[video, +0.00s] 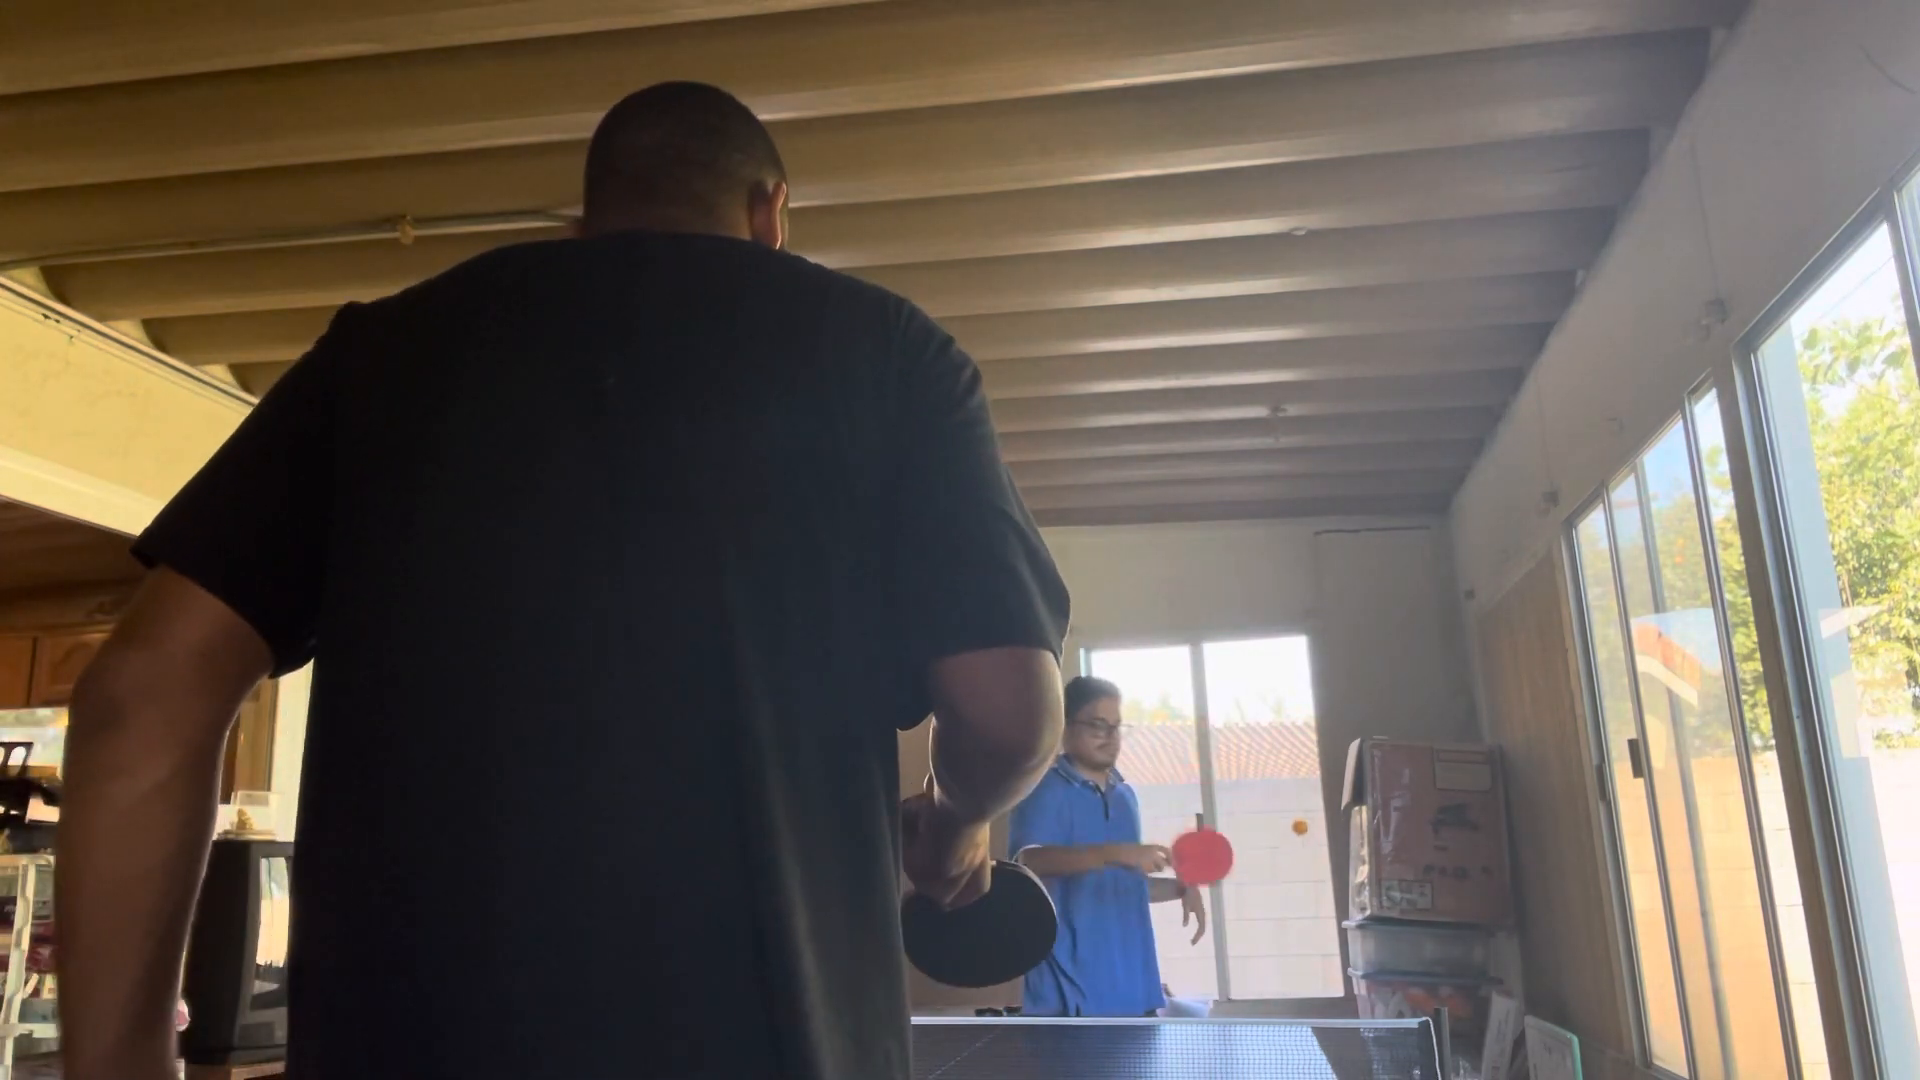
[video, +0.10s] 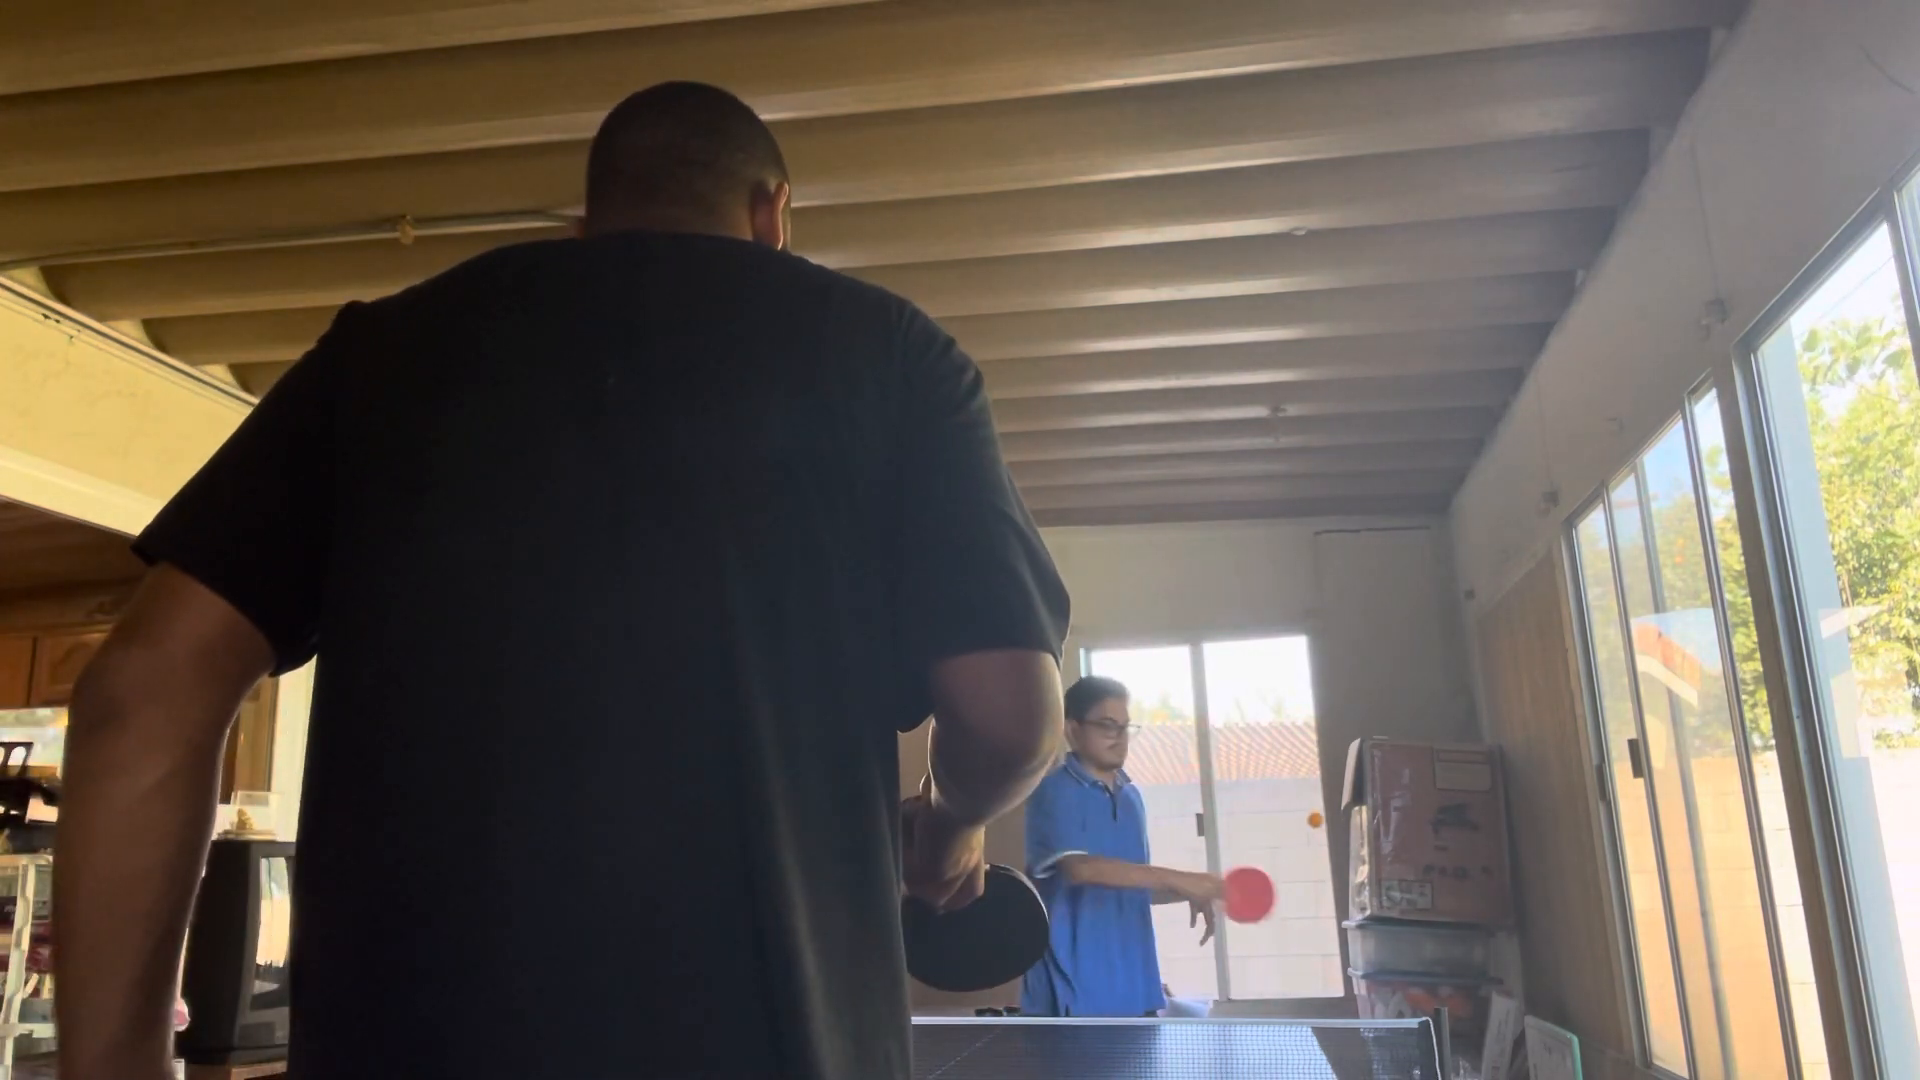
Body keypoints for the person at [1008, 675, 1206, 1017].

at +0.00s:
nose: (1109, 737)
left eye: (1115, 727)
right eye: (1096, 726)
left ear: (1121, 728)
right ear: (1064, 728)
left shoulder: (1123, 796)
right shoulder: (1046, 789)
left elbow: (1119, 888)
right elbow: (1027, 859)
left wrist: (1179, 888)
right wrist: (1119, 853)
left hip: (1130, 988)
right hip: (1066, 994)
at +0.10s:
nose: (1119, 737)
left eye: (1124, 727)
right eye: (1106, 726)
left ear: (1130, 728)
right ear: (1072, 729)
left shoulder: (1129, 796)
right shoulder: (1056, 791)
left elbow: (1129, 893)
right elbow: (1075, 869)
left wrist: (1186, 892)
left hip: (1133, 989)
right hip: (1072, 996)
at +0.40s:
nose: (1160, 737)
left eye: (1164, 728)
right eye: (1147, 726)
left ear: (1169, 731)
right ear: (1113, 729)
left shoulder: (1133, 787)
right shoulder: (1109, 786)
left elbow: (1127, 889)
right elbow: (1147, 867)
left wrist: (1183, 910)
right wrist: (1240, 854)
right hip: (1104, 988)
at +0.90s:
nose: (1166, 737)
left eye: (1174, 727)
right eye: (1152, 725)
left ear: (1182, 733)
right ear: (1125, 731)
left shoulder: (1175, 794)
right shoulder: (1113, 793)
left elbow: (1188, 891)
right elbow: (1108, 885)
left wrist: (1239, 937)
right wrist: (1174, 897)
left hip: (1195, 986)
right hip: (1147, 990)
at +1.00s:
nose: (1172, 740)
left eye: (1179, 730)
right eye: (1158, 729)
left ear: (1186, 733)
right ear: (1131, 732)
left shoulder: (1177, 796)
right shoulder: (1116, 794)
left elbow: (1189, 888)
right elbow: (1103, 882)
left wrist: (1236, 943)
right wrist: (1174, 906)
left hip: (1195, 987)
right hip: (1149, 994)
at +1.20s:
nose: (1183, 745)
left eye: (1191, 735)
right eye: (1169, 733)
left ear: (1198, 736)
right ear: (1141, 733)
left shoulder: (1179, 794)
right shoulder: (1127, 792)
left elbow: (1186, 888)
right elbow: (1120, 884)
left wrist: (1215, 959)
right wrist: (1210, 920)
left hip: (1192, 992)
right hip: (1150, 997)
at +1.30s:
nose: (1188, 748)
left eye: (1195, 738)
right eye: (1175, 737)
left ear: (1203, 737)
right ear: (1145, 733)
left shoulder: (1178, 792)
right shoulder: (1131, 793)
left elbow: (1179, 889)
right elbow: (1127, 888)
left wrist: (1207, 961)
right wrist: (1216, 926)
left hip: (1189, 992)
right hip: (1153, 998)